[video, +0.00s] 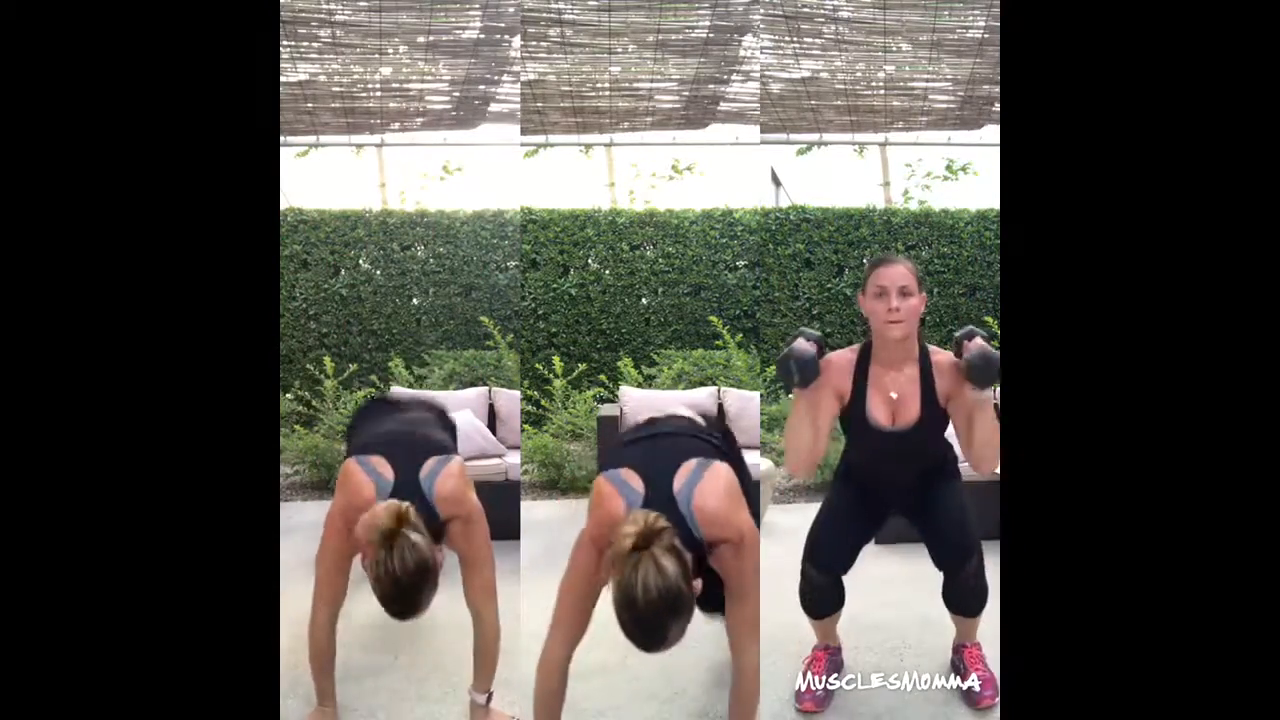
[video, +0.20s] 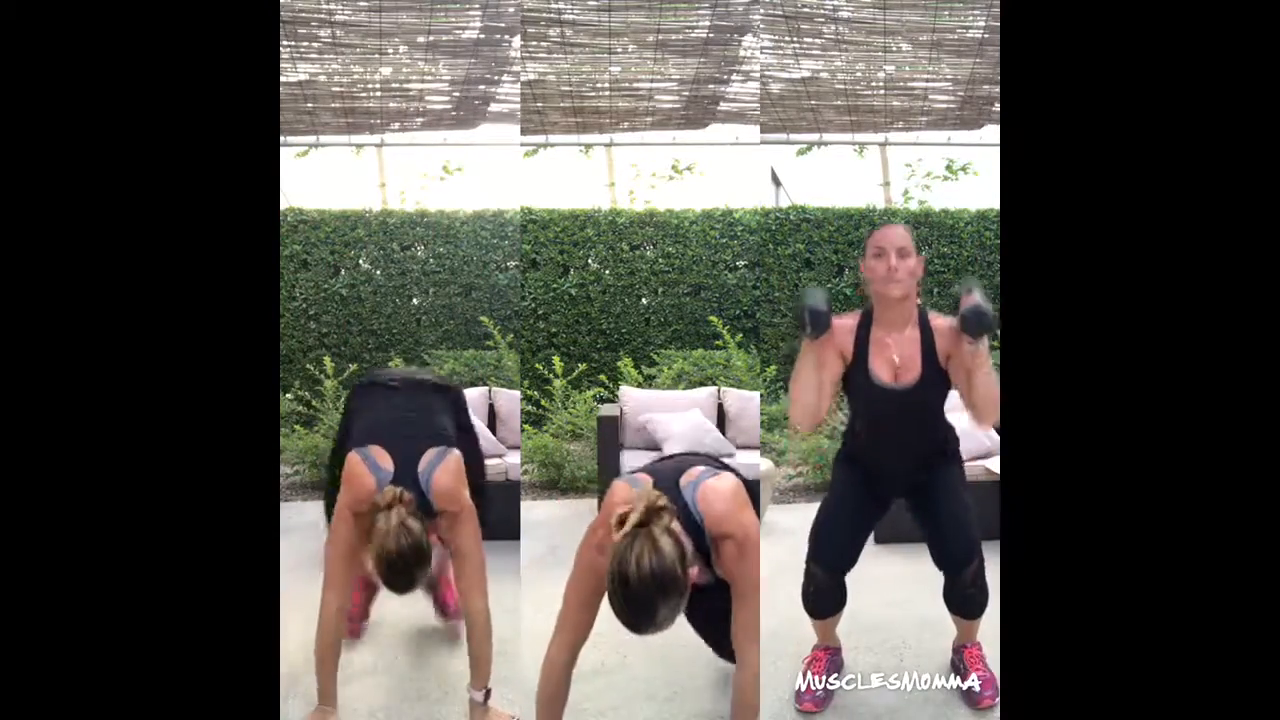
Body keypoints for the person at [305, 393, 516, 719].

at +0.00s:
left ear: (439, 552)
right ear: (366, 558)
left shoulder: (458, 500)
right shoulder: (352, 494)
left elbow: (485, 612)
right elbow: (323, 613)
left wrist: (481, 702)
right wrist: (325, 707)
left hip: (435, 419)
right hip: (369, 419)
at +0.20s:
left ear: (432, 531)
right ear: (369, 544)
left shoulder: (452, 494)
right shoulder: (354, 493)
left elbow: (475, 604)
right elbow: (333, 606)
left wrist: (480, 699)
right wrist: (326, 706)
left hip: (441, 397)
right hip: (369, 395)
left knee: (463, 508)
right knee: (340, 513)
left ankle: (444, 566)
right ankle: (360, 579)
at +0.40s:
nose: (404, 513)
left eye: (414, 500)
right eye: (391, 502)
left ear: (431, 471)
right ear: (375, 474)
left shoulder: (450, 457)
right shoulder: (354, 456)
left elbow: (480, 582)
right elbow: (315, 573)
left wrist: (488, 682)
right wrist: (302, 669)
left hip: (443, 433)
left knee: (463, 536)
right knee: (340, 537)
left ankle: (444, 616)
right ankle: (363, 614)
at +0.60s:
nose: (406, 383)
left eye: (416, 370)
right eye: (392, 372)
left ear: (429, 362)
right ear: (374, 364)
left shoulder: (451, 380)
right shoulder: (355, 376)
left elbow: (496, 473)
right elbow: (305, 468)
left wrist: (504, 562)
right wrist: (297, 555)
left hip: (437, 433)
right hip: (373, 429)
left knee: (456, 520)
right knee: (350, 517)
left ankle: (444, 615)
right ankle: (363, 612)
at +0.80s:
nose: (403, 277)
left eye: (413, 265)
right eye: (390, 267)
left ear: (427, 268)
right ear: (371, 272)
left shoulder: (454, 314)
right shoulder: (349, 313)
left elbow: (486, 355)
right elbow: (308, 366)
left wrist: (487, 420)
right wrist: (306, 433)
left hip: (433, 403)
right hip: (370, 404)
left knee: (448, 506)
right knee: (357, 507)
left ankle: (443, 614)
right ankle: (363, 611)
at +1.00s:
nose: (405, 248)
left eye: (414, 236)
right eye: (390, 238)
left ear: (427, 245)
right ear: (369, 251)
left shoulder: (458, 298)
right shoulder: (342, 299)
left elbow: (466, 341)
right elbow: (322, 344)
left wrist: (458, 377)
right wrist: (324, 405)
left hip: (432, 403)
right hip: (368, 405)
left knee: (442, 508)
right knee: (358, 507)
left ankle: (443, 614)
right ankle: (363, 611)